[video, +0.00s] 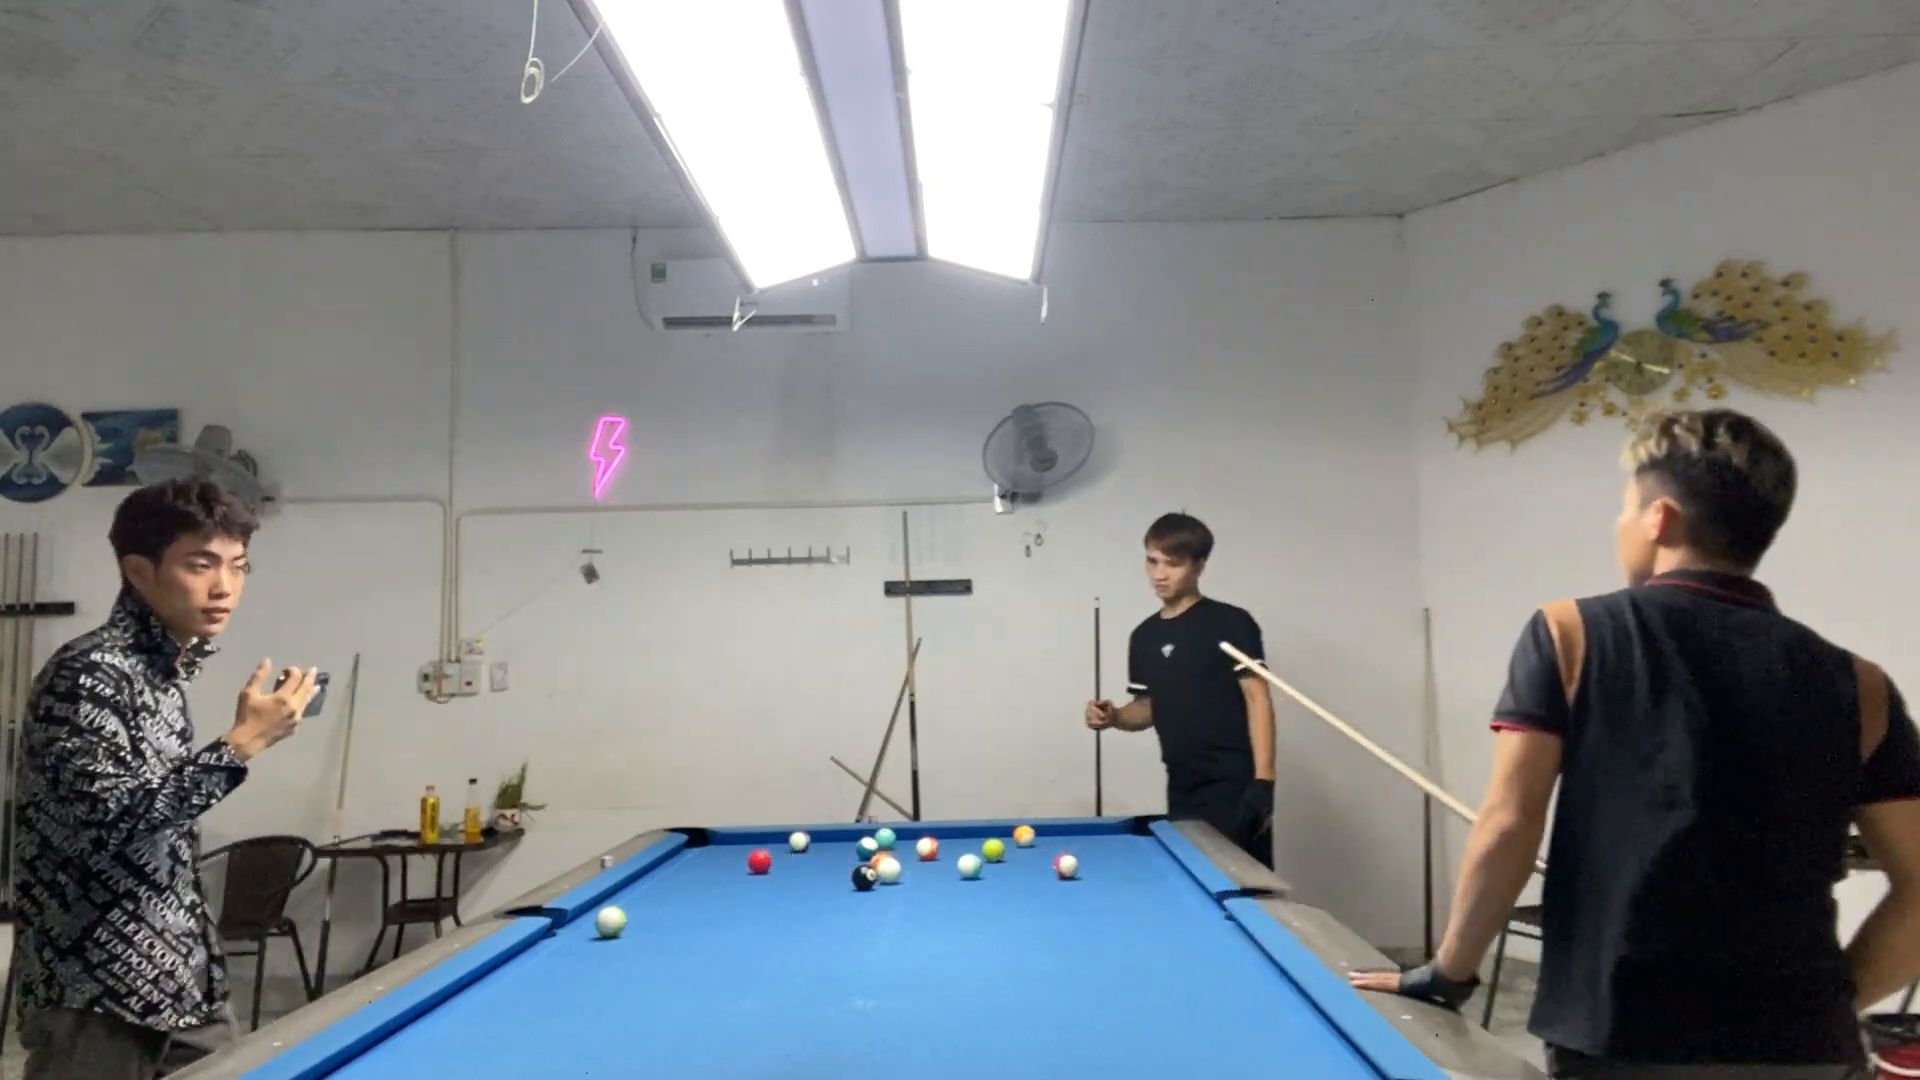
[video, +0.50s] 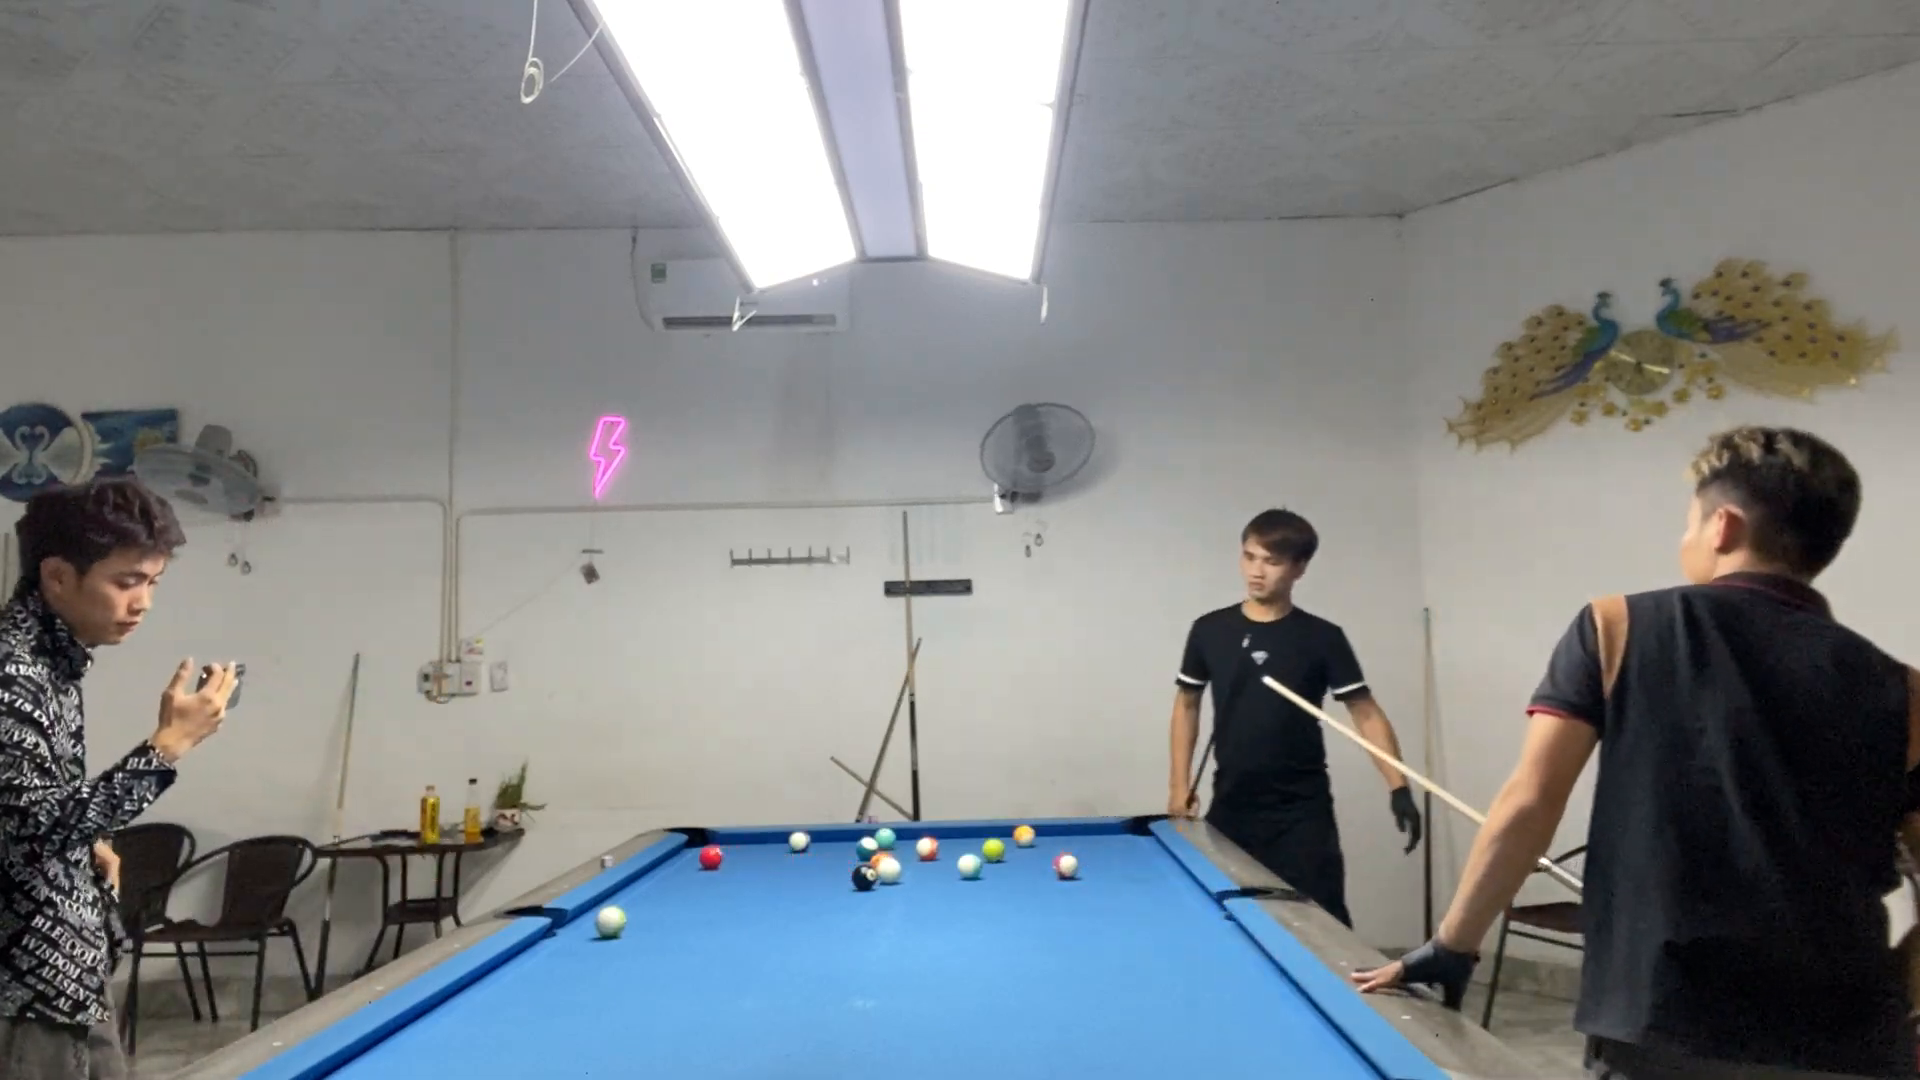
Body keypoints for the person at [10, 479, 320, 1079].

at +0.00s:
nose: (226, 587)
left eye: (237, 566)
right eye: (201, 564)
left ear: (246, 571)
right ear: (140, 572)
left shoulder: (163, 681)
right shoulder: (86, 676)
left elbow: (163, 857)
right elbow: (102, 826)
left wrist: (200, 981)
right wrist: (240, 744)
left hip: (177, 990)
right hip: (93, 1001)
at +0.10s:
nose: (203, 596)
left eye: (213, 576)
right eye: (182, 573)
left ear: (222, 576)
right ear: (116, 573)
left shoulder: (131, 676)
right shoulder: (59, 677)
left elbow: (116, 838)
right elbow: (82, 829)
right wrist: (217, 747)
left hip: (155, 987)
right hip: (64, 1004)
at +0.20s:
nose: (183, 602)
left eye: (193, 583)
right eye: (165, 580)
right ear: (96, 575)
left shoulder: (101, 675)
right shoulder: (35, 681)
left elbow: (97, 840)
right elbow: (75, 838)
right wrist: (200, 747)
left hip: (132, 980)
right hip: (49, 999)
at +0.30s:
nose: (165, 604)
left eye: (174, 583)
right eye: (148, 582)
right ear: (81, 576)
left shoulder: (80, 668)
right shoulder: (23, 679)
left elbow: (79, 834)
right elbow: (62, 832)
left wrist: (122, 930)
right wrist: (185, 746)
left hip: (115, 970)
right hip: (40, 991)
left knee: (144, 1068)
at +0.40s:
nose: (152, 603)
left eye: (160, 583)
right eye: (135, 582)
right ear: (68, 576)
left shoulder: (68, 660)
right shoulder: (15, 674)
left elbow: (64, 816)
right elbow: (50, 831)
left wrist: (101, 866)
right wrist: (174, 746)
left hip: (97, 968)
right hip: (33, 987)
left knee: (124, 1068)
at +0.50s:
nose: (142, 603)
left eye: (150, 582)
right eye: (126, 582)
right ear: (58, 577)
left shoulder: (57, 659)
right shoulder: (13, 675)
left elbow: (51, 788)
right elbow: (41, 829)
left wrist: (89, 840)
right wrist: (168, 745)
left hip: (80, 978)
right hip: (27, 997)